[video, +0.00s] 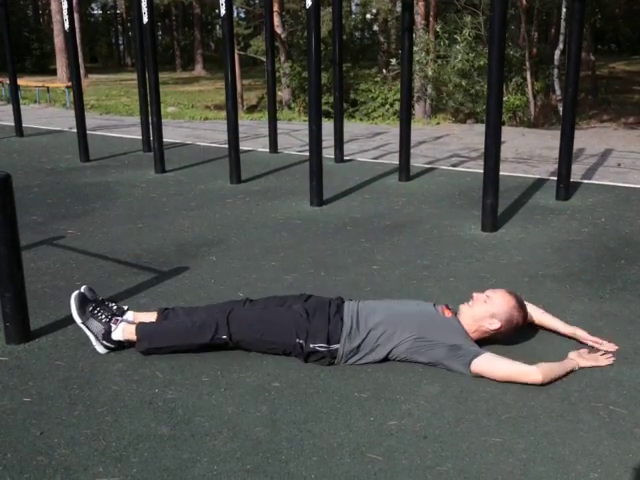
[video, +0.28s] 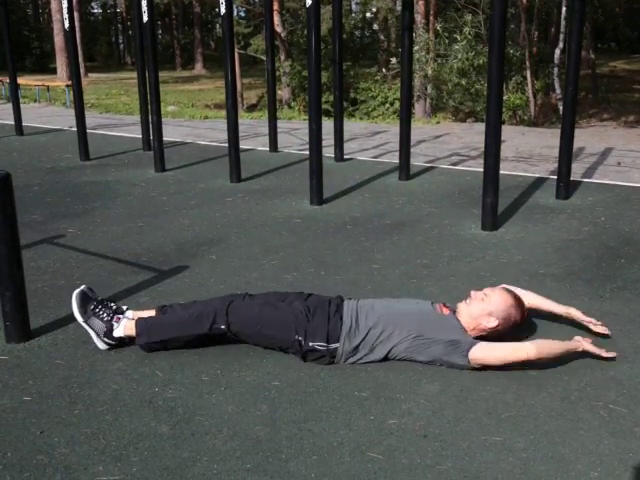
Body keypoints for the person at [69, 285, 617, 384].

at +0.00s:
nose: (486, 294)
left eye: (495, 301)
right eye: (493, 295)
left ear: (492, 325)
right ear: (480, 305)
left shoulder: (454, 341)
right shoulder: (449, 315)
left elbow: (521, 373)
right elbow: (522, 304)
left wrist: (571, 360)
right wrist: (576, 335)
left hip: (321, 331)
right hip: (322, 309)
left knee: (223, 322)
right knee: (223, 310)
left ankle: (120, 335)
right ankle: (124, 319)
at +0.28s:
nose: (485, 294)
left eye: (495, 300)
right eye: (494, 295)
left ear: (491, 325)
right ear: (482, 304)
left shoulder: (450, 340)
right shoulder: (447, 314)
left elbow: (513, 351)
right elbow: (516, 295)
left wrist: (572, 343)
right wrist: (573, 315)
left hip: (320, 329)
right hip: (321, 308)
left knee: (224, 313)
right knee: (226, 303)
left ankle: (119, 329)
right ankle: (125, 319)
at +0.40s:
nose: (476, 293)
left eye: (484, 296)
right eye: (480, 288)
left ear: (485, 312)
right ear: (470, 296)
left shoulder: (455, 336)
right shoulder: (448, 309)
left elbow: (499, 296)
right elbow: (476, 260)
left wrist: (554, 277)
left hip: (325, 330)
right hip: (327, 309)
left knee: (229, 297)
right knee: (232, 288)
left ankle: (124, 312)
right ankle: (133, 309)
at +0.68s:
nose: (408, 238)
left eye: (418, 236)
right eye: (415, 232)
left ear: (438, 254)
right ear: (435, 251)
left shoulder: (418, 286)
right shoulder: (424, 276)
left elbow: (372, 229)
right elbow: (384, 203)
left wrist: (354, 160)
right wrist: (371, 144)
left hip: (320, 333)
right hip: (327, 316)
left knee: (269, 240)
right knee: (273, 236)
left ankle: (160, 206)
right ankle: (170, 205)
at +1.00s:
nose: (361, 230)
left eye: (367, 226)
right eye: (364, 223)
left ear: (386, 234)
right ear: (389, 232)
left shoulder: (395, 259)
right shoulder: (396, 250)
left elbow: (329, 214)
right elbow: (338, 193)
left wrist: (277, 157)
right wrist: (289, 147)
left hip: (333, 338)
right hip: (339, 319)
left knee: (311, 237)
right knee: (310, 231)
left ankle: (223, 154)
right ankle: (228, 151)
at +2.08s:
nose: (481, 297)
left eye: (491, 303)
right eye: (487, 293)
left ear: (493, 319)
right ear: (477, 300)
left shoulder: (463, 337)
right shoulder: (454, 307)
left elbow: (514, 305)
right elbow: (487, 259)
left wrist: (568, 281)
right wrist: (552, 250)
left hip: (331, 332)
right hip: (332, 310)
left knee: (235, 300)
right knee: (237, 288)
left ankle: (126, 319)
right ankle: (135, 312)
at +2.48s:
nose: (374, 225)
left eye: (382, 222)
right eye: (378, 219)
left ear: (404, 236)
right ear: (406, 235)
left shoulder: (397, 265)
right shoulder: (402, 250)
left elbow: (331, 222)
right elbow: (348, 191)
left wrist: (291, 159)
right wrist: (312, 140)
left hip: (327, 336)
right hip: (335, 318)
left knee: (295, 232)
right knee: (296, 224)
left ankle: (197, 169)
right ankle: (197, 169)